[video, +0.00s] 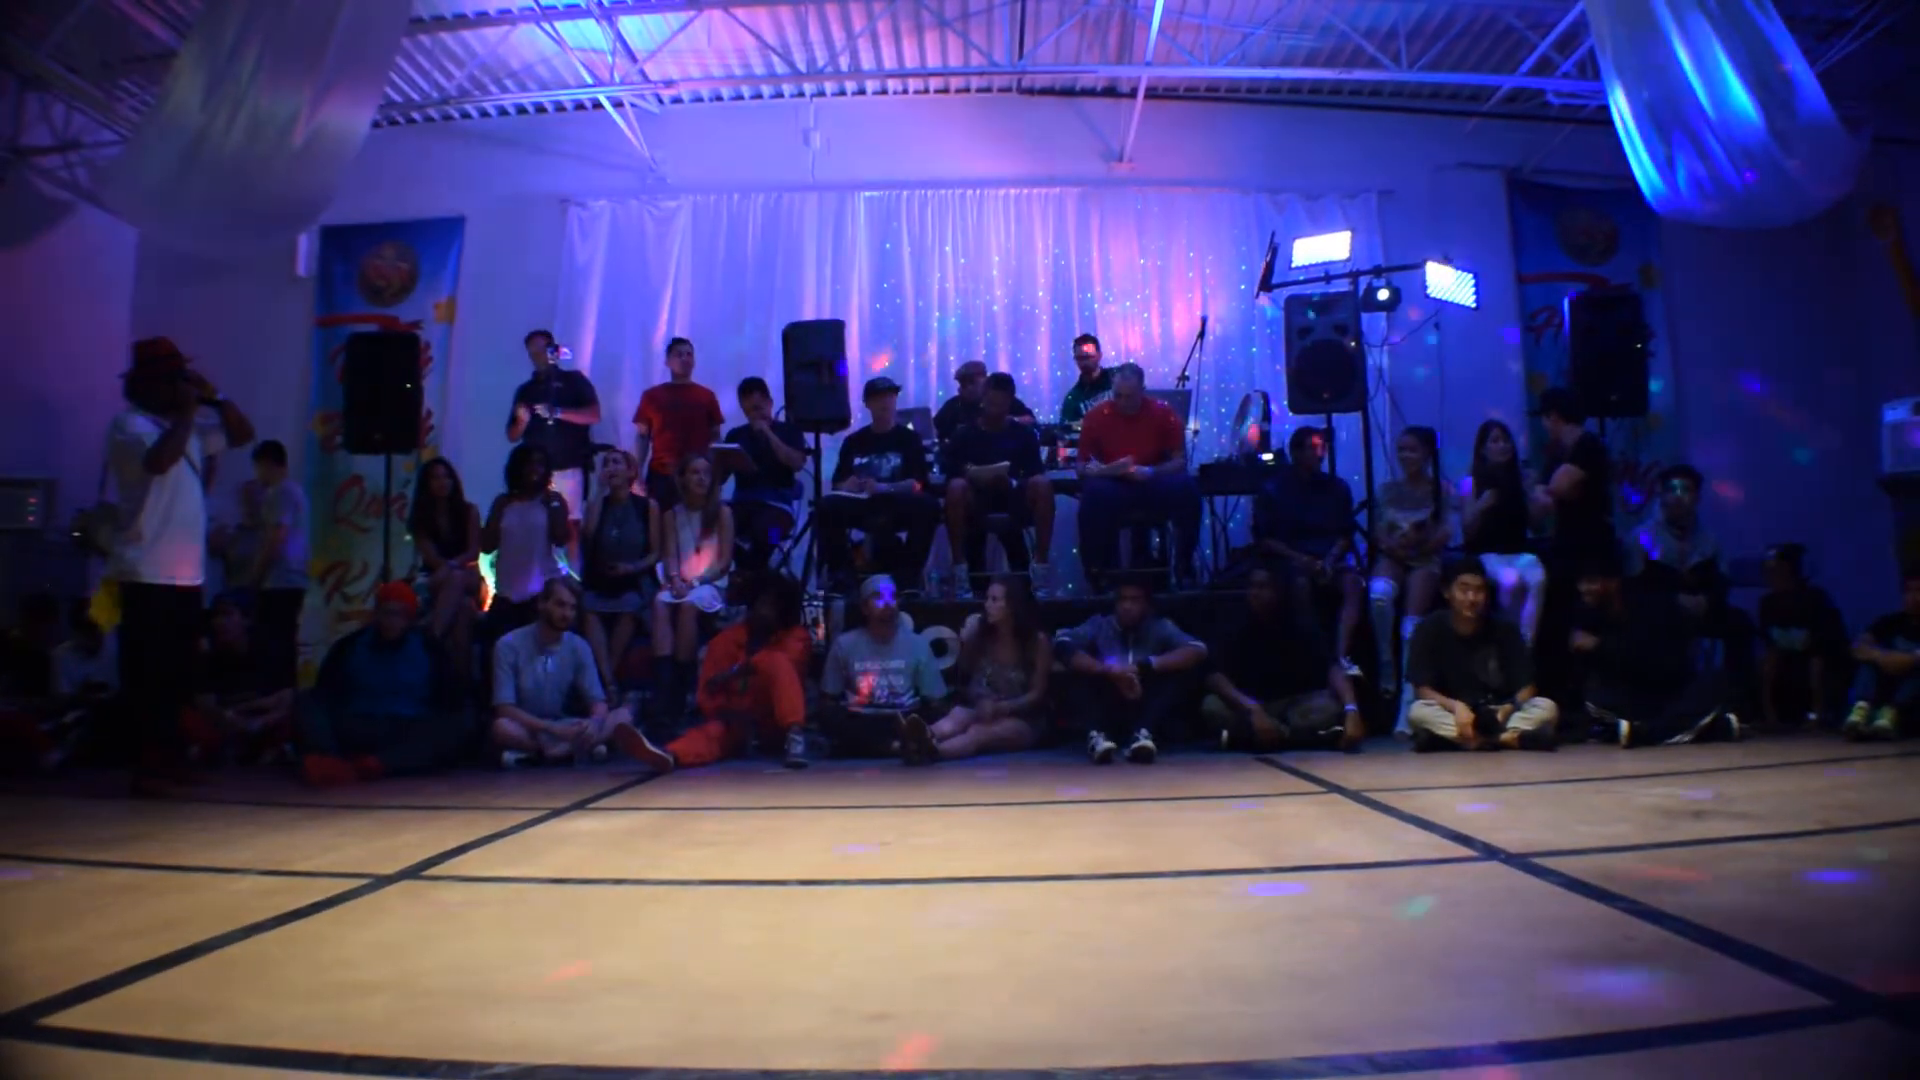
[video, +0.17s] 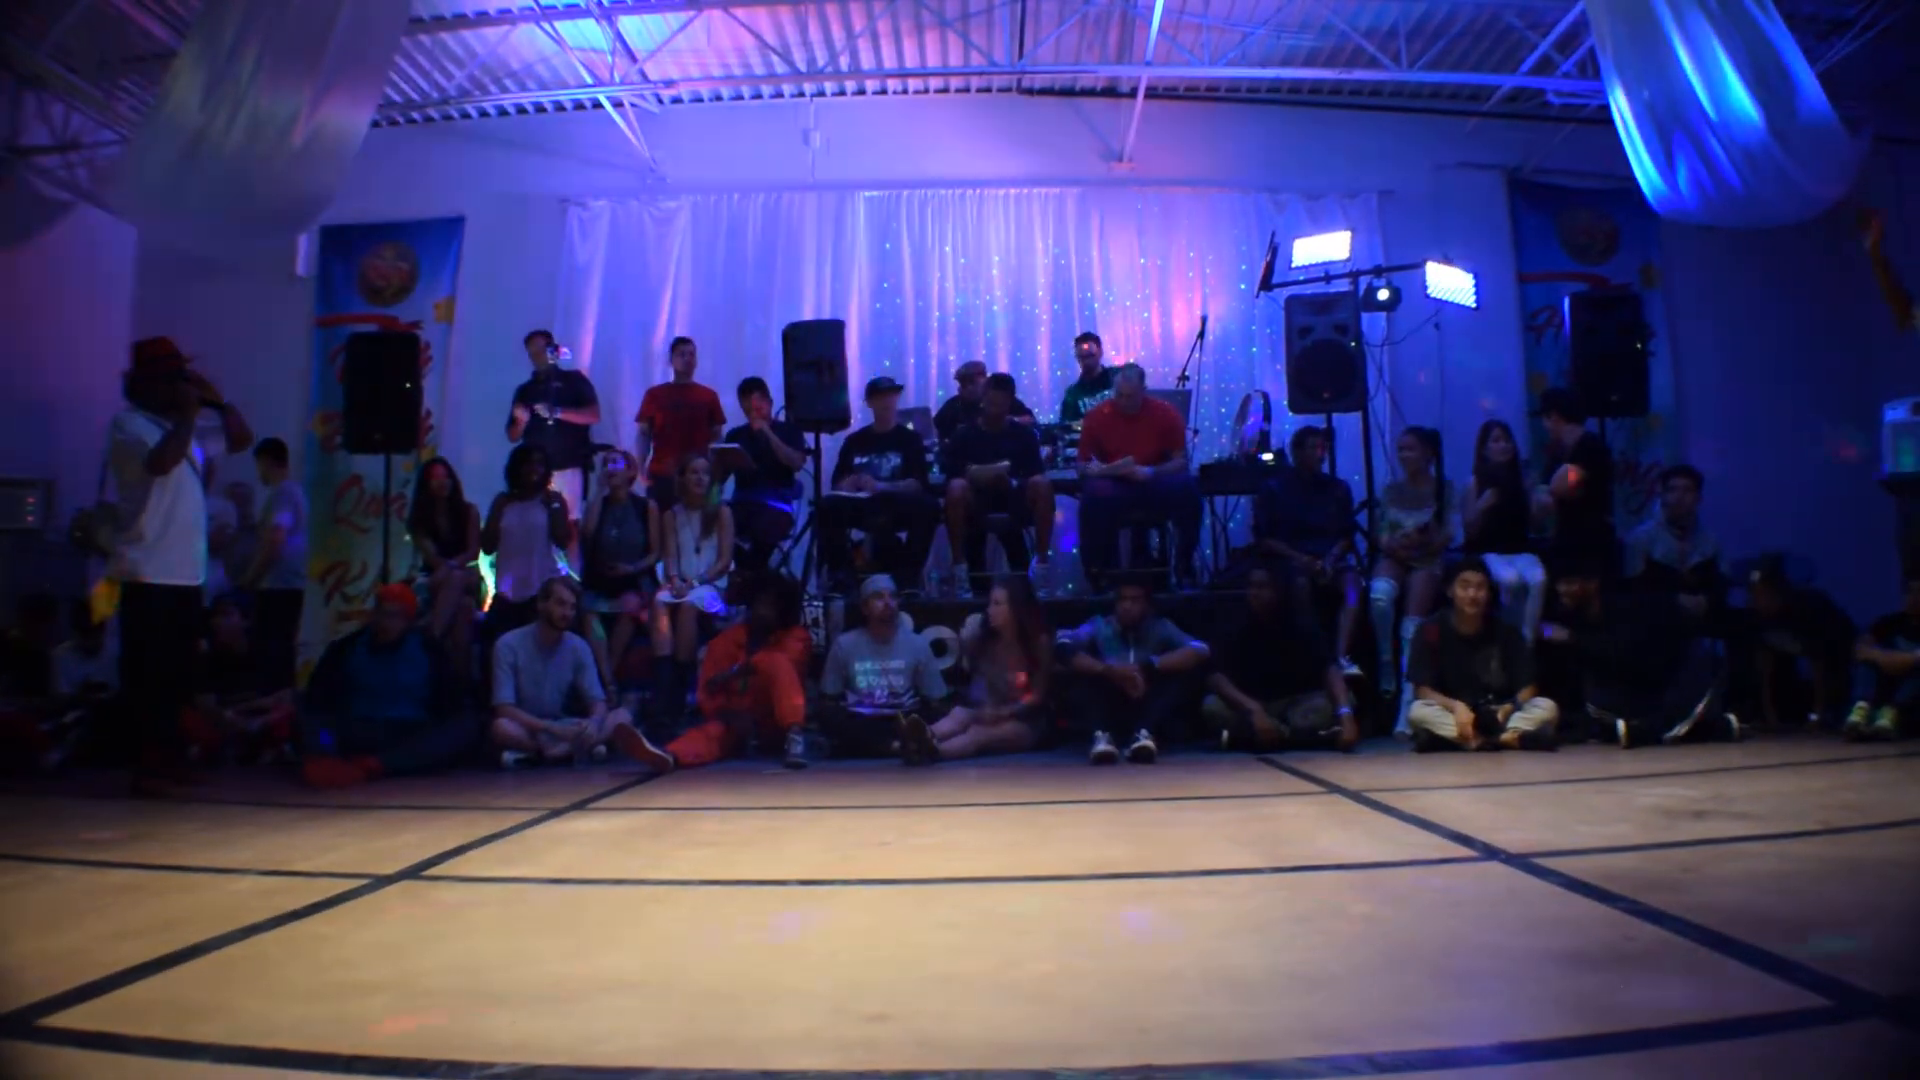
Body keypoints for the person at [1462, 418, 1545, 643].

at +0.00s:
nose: (1500, 446)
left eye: (1505, 440)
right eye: (1493, 441)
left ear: (1513, 446)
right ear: (1482, 448)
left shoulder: (1523, 478)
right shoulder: (1472, 482)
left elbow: (1534, 518)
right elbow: (1467, 523)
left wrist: (1540, 505)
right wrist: (1482, 505)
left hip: (1520, 548)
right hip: (1488, 549)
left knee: (1537, 577)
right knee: (1510, 580)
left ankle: (1527, 642)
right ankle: (1503, 636)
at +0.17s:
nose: (1502, 446)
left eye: (1506, 440)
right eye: (1495, 441)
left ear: (1514, 446)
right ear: (1483, 448)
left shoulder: (1523, 479)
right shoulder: (1477, 482)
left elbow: (1531, 519)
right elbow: (1469, 522)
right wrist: (1481, 506)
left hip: (1521, 548)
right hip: (1489, 549)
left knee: (1538, 578)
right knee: (1510, 579)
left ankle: (1528, 639)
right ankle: (1502, 636)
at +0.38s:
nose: (1504, 445)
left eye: (1509, 439)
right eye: (1497, 439)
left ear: (1518, 445)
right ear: (1488, 446)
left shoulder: (1527, 481)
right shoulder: (1478, 482)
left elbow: (1539, 519)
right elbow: (1472, 524)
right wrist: (1485, 504)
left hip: (1524, 551)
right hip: (1492, 551)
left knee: (1534, 575)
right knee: (1508, 580)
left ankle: (1533, 628)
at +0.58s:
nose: (1502, 446)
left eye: (1508, 439)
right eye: (1495, 441)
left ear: (1518, 445)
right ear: (1488, 447)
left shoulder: (1528, 482)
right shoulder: (1478, 483)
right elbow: (1472, 525)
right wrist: (1484, 508)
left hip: (1523, 552)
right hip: (1491, 552)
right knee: (1504, 579)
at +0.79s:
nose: (1504, 446)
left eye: (1510, 440)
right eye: (1498, 441)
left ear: (1519, 444)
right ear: (1490, 446)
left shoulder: (1530, 481)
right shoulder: (1479, 482)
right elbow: (1472, 524)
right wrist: (1488, 506)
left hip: (1523, 552)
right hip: (1488, 553)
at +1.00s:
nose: (1503, 445)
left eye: (1510, 439)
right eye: (1498, 440)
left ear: (1520, 444)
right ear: (1492, 444)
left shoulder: (1531, 481)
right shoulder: (1481, 481)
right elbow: (1472, 523)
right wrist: (1489, 505)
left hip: (1524, 551)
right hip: (1491, 551)